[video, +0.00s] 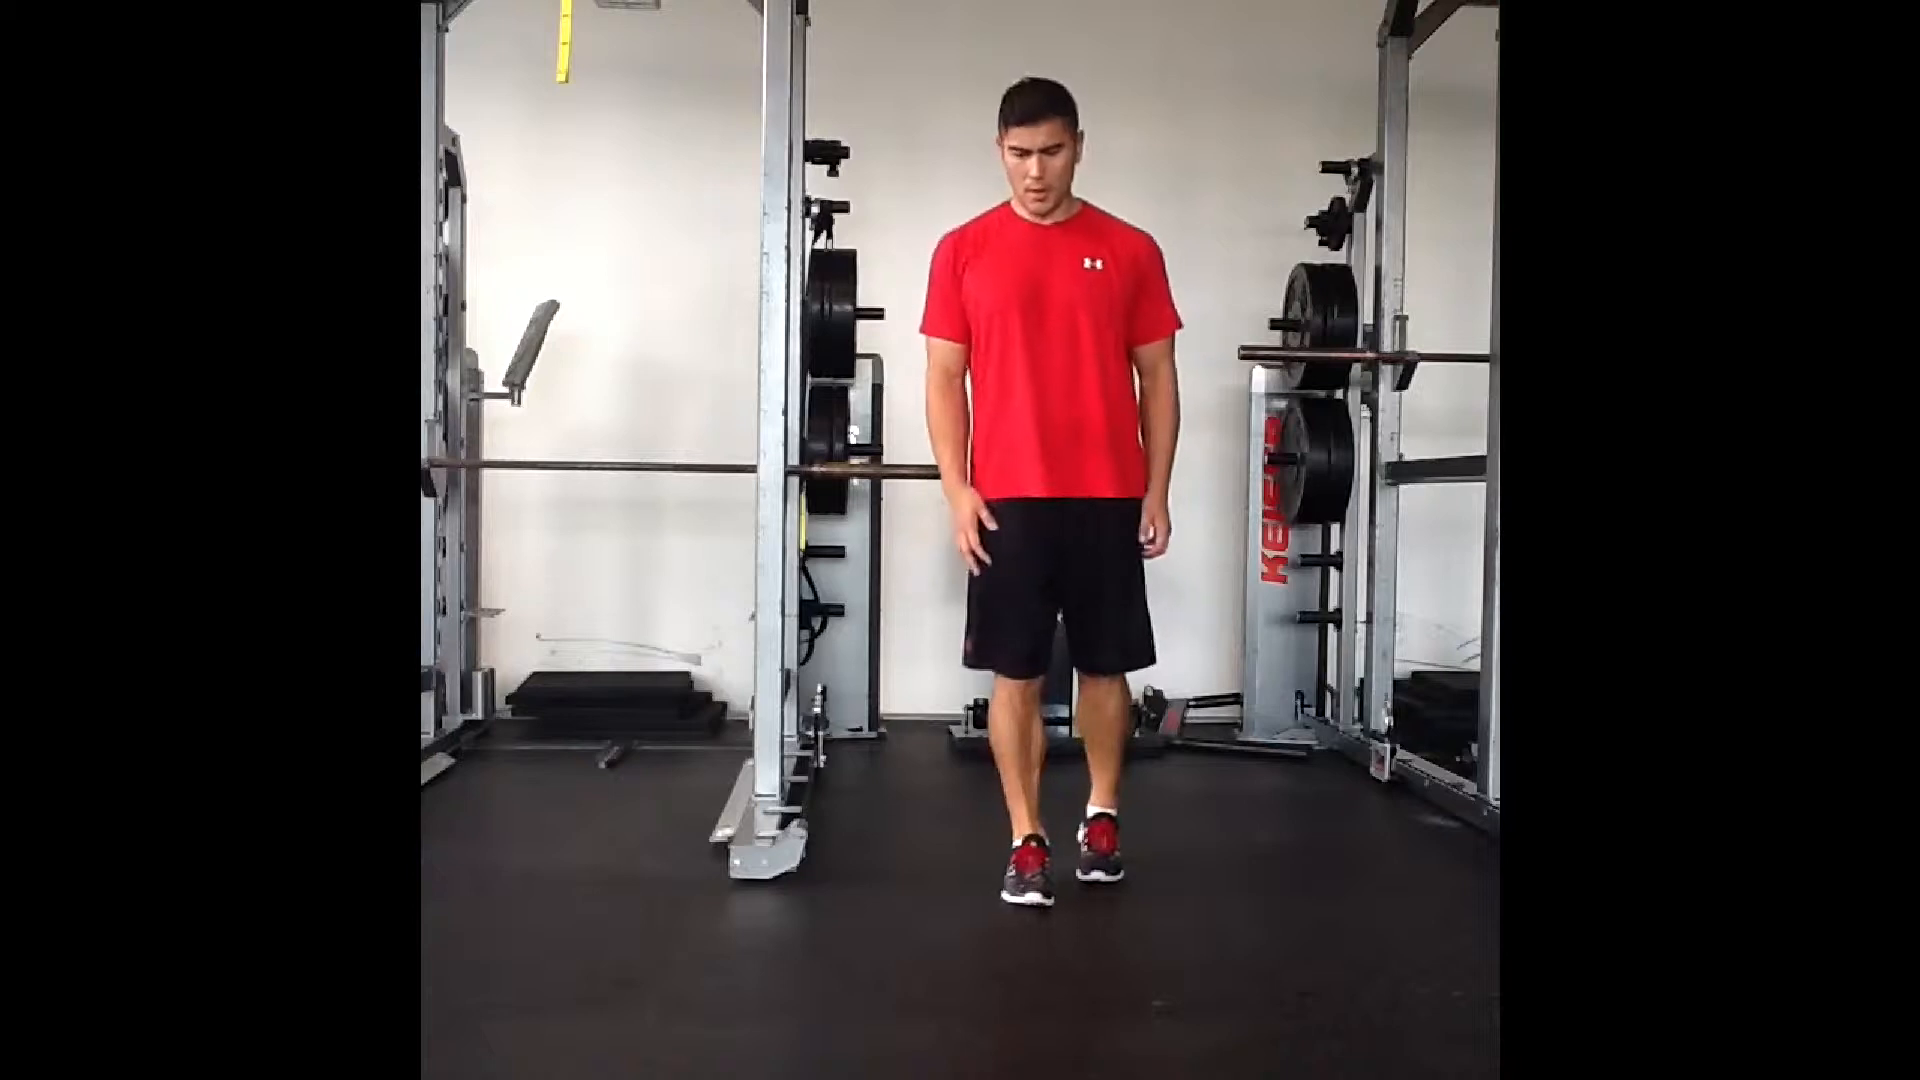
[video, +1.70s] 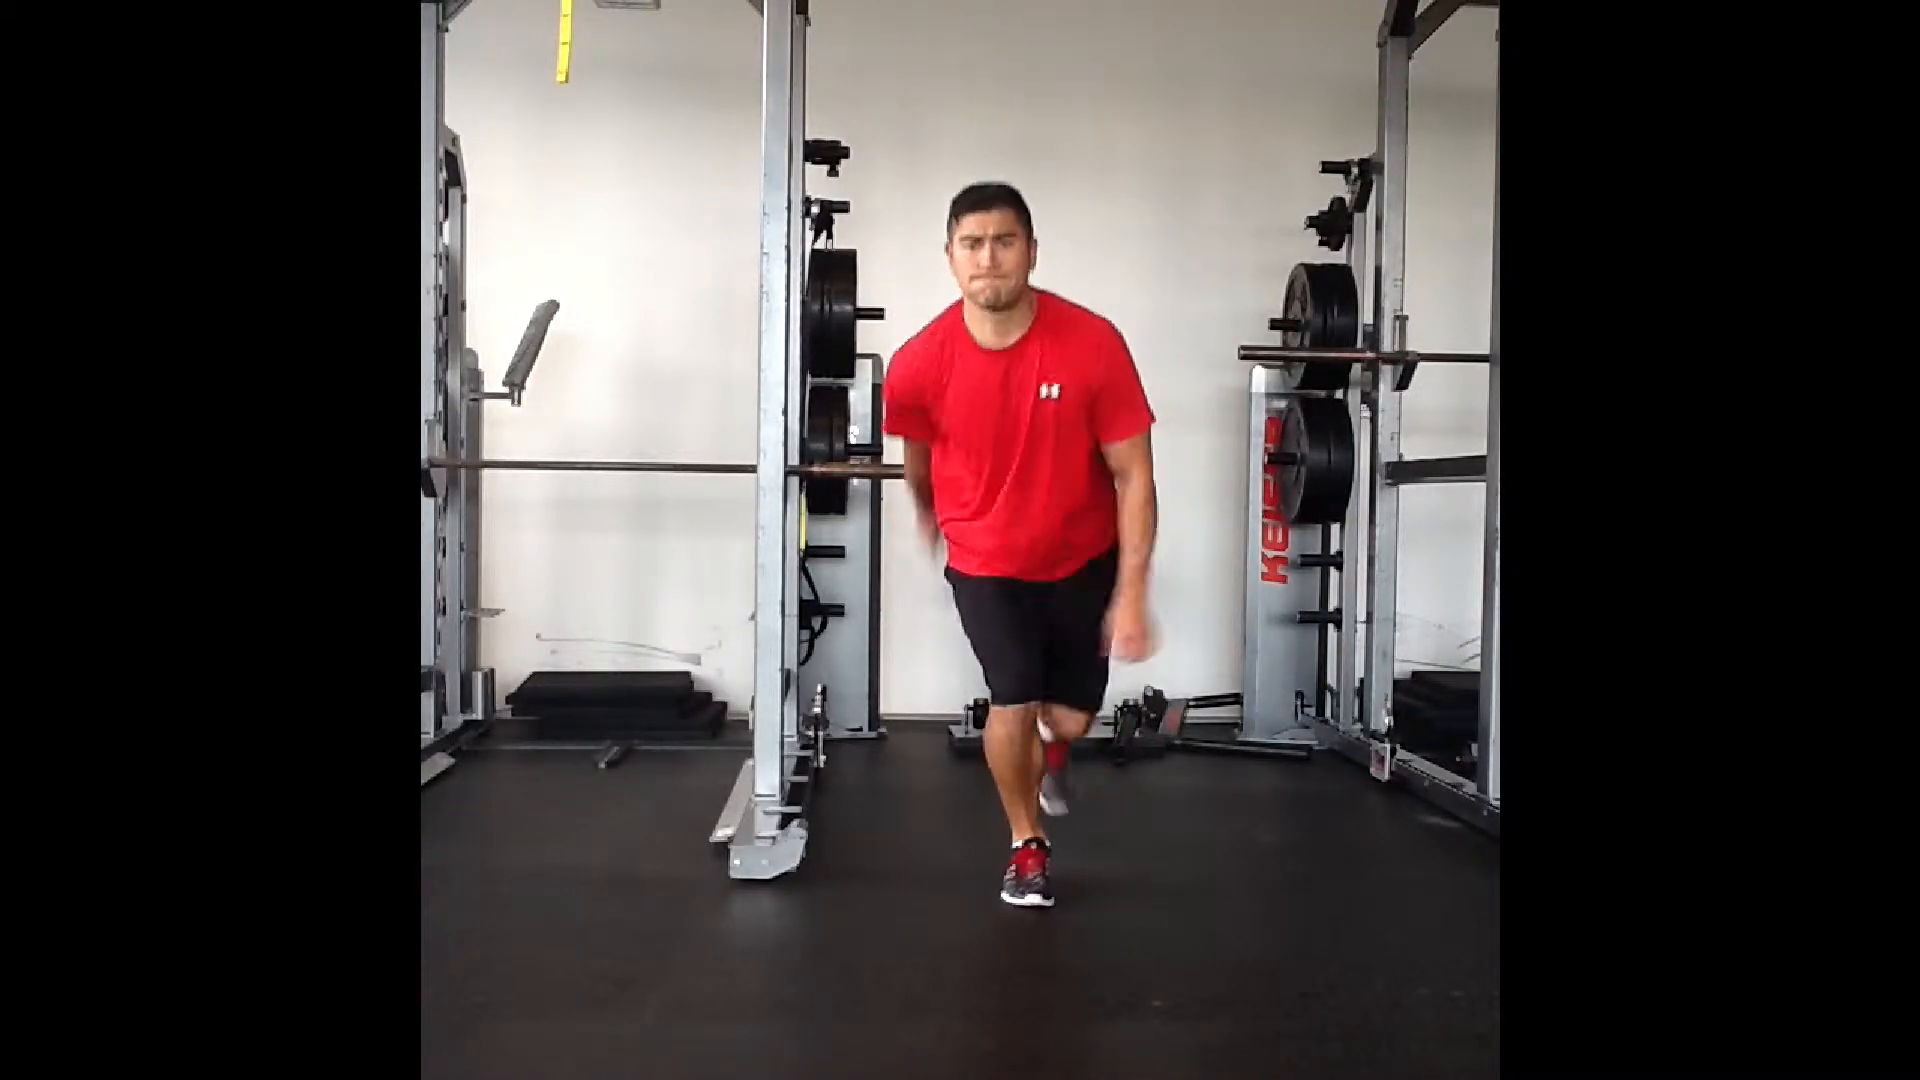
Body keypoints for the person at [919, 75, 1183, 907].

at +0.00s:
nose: (1035, 170)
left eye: (1050, 151)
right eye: (1019, 153)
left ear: (1077, 148)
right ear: (999, 154)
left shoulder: (1130, 250)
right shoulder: (962, 252)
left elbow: (1157, 373)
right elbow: (944, 378)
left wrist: (1157, 490)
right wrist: (957, 489)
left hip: (1106, 498)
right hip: (1009, 500)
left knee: (1103, 668)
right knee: (1016, 672)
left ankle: (1102, 819)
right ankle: (1026, 840)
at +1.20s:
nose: (1012, 175)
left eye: (1028, 158)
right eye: (996, 159)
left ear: (1055, 168)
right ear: (976, 170)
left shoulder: (1104, 278)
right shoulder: (933, 272)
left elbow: (1138, 406)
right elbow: (915, 382)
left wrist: (1100, 476)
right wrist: (924, 488)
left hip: (1086, 517)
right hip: (985, 521)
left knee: (1092, 668)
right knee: (1005, 680)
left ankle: (1064, 708)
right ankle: (1023, 841)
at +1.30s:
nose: (1010, 207)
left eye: (1027, 191)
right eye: (995, 191)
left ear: (1053, 202)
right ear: (975, 202)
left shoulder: (1101, 305)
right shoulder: (932, 296)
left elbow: (1133, 431)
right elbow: (916, 379)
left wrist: (1067, 416)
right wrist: (922, 454)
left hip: (1083, 532)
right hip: (984, 534)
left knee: (1088, 676)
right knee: (1007, 681)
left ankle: (1054, 683)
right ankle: (1023, 840)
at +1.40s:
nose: (1009, 249)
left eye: (1025, 234)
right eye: (993, 234)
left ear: (1051, 246)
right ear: (972, 246)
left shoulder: (1092, 330)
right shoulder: (935, 322)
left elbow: (1123, 430)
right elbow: (916, 375)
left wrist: (1044, 356)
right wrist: (925, 395)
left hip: (1083, 544)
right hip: (985, 545)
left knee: (1067, 682)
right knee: (1009, 681)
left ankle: (996, 702)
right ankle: (1024, 843)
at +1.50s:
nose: (1003, 286)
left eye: (1020, 270)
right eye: (987, 271)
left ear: (1047, 280)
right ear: (966, 282)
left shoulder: (1082, 350)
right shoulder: (934, 347)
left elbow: (1111, 430)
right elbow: (918, 334)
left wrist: (1029, 355)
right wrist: (925, 323)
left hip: (1083, 564)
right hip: (988, 561)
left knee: (1052, 683)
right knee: (1009, 691)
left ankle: (1006, 714)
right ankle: (1024, 844)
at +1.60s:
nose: (991, 292)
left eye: (1009, 275)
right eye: (976, 275)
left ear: (1036, 284)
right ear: (954, 284)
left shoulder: (1084, 360)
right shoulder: (920, 363)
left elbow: (1129, 475)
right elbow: (958, 426)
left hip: (1084, 568)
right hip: (988, 566)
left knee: (1057, 700)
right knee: (1013, 701)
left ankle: (1001, 717)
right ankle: (1026, 844)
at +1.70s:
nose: (987, 258)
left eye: (1003, 242)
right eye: (971, 244)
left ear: (1031, 252)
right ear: (950, 259)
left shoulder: (1092, 345)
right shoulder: (919, 363)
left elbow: (1133, 473)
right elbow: (917, 459)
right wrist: (928, 516)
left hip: (1082, 560)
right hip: (983, 564)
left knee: (1074, 718)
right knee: (1014, 699)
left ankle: (1044, 741)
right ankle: (1026, 843)